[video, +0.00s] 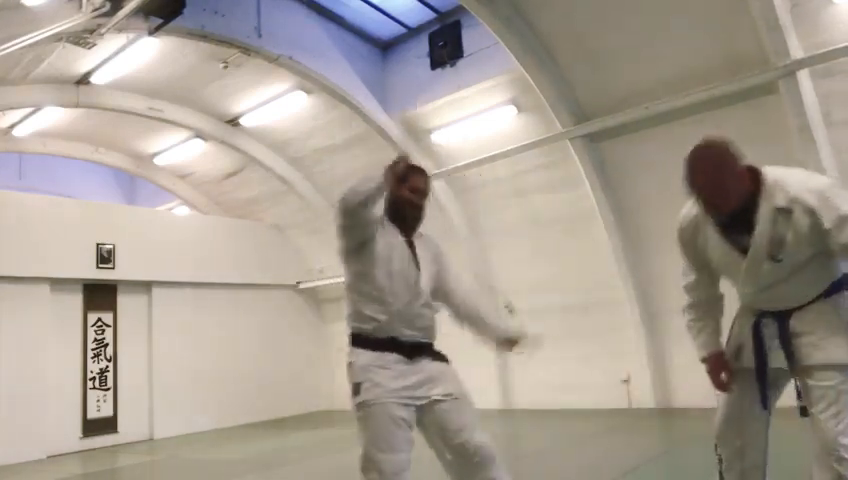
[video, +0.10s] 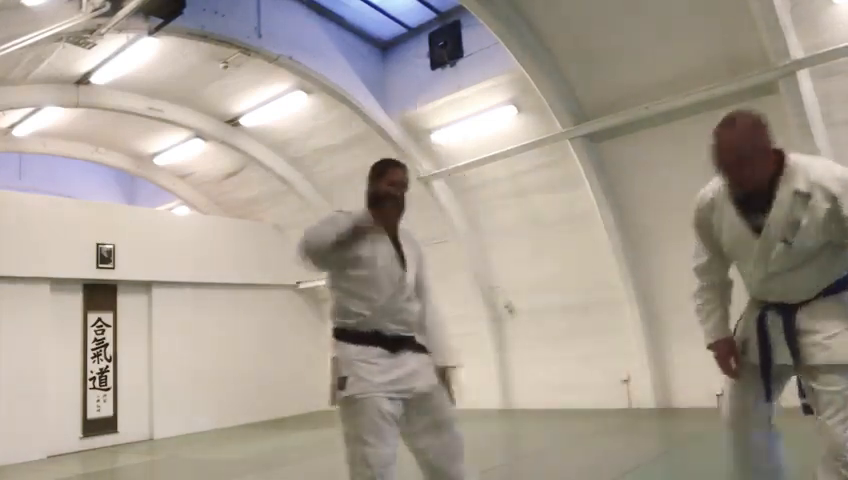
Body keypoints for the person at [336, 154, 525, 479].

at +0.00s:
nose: (415, 200)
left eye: (422, 194)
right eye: (408, 190)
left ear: (427, 202)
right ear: (389, 192)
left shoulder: (428, 248)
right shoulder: (366, 236)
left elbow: (456, 299)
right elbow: (352, 206)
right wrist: (385, 181)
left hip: (427, 363)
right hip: (377, 363)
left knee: (474, 454)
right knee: (387, 468)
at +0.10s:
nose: (394, 192)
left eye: (401, 187)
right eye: (387, 185)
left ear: (406, 195)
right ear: (371, 188)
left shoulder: (410, 243)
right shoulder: (346, 229)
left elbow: (425, 307)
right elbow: (310, 247)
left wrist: (440, 360)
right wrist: (356, 224)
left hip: (412, 359)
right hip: (363, 359)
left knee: (446, 454)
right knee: (374, 465)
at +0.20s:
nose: (383, 194)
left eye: (387, 189)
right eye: (376, 187)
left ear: (390, 194)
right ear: (355, 189)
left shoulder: (392, 240)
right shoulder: (329, 234)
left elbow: (396, 302)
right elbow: (290, 297)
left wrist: (417, 347)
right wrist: (337, 322)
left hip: (401, 365)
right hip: (352, 369)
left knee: (418, 458)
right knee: (360, 469)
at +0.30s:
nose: (367, 206)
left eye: (370, 199)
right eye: (361, 198)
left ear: (373, 204)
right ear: (338, 201)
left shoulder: (374, 251)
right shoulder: (312, 246)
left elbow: (389, 302)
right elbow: (283, 310)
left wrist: (418, 327)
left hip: (377, 365)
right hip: (335, 366)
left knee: (389, 458)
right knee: (352, 466)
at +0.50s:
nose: (342, 222)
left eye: (343, 216)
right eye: (335, 215)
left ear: (343, 221)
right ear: (310, 219)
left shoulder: (344, 266)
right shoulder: (284, 260)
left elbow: (382, 295)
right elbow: (258, 320)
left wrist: (432, 312)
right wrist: (274, 374)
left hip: (337, 372)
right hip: (300, 373)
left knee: (340, 463)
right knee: (325, 464)